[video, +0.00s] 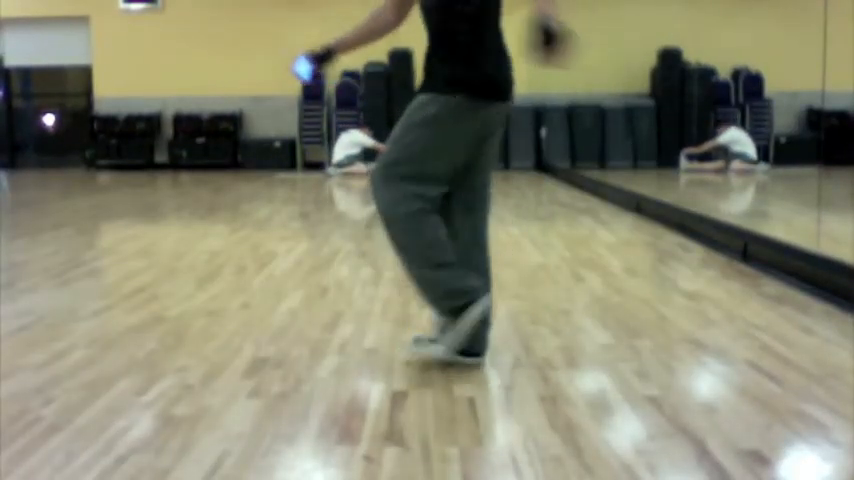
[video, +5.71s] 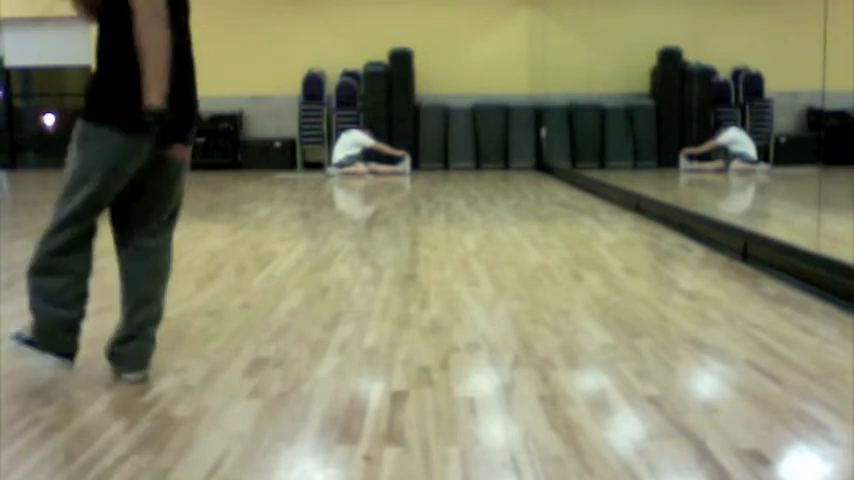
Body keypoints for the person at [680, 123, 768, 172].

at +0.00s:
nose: (719, 133)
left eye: (720, 130)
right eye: (719, 131)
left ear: (725, 128)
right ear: (728, 126)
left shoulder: (731, 132)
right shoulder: (733, 132)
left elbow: (709, 146)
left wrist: (689, 151)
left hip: (746, 160)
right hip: (734, 159)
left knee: (733, 168)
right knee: (714, 166)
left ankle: (753, 171)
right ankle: (690, 166)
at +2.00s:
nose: (719, 135)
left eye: (719, 132)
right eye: (719, 133)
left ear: (723, 129)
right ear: (727, 127)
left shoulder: (732, 132)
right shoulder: (734, 132)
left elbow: (710, 146)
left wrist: (688, 151)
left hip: (744, 159)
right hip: (734, 159)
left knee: (733, 170)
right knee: (715, 165)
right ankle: (692, 166)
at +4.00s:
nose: (719, 135)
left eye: (720, 133)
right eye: (719, 133)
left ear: (723, 129)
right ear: (727, 127)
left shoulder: (731, 132)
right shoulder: (734, 132)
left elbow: (710, 146)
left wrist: (688, 151)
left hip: (744, 160)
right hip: (735, 159)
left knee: (733, 169)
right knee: (715, 165)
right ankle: (692, 166)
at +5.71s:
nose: (720, 136)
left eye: (720, 134)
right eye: (719, 134)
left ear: (722, 130)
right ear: (726, 128)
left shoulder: (730, 133)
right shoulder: (734, 131)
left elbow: (705, 148)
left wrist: (687, 151)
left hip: (746, 161)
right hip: (737, 159)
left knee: (733, 167)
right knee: (717, 164)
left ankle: (755, 169)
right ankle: (693, 166)